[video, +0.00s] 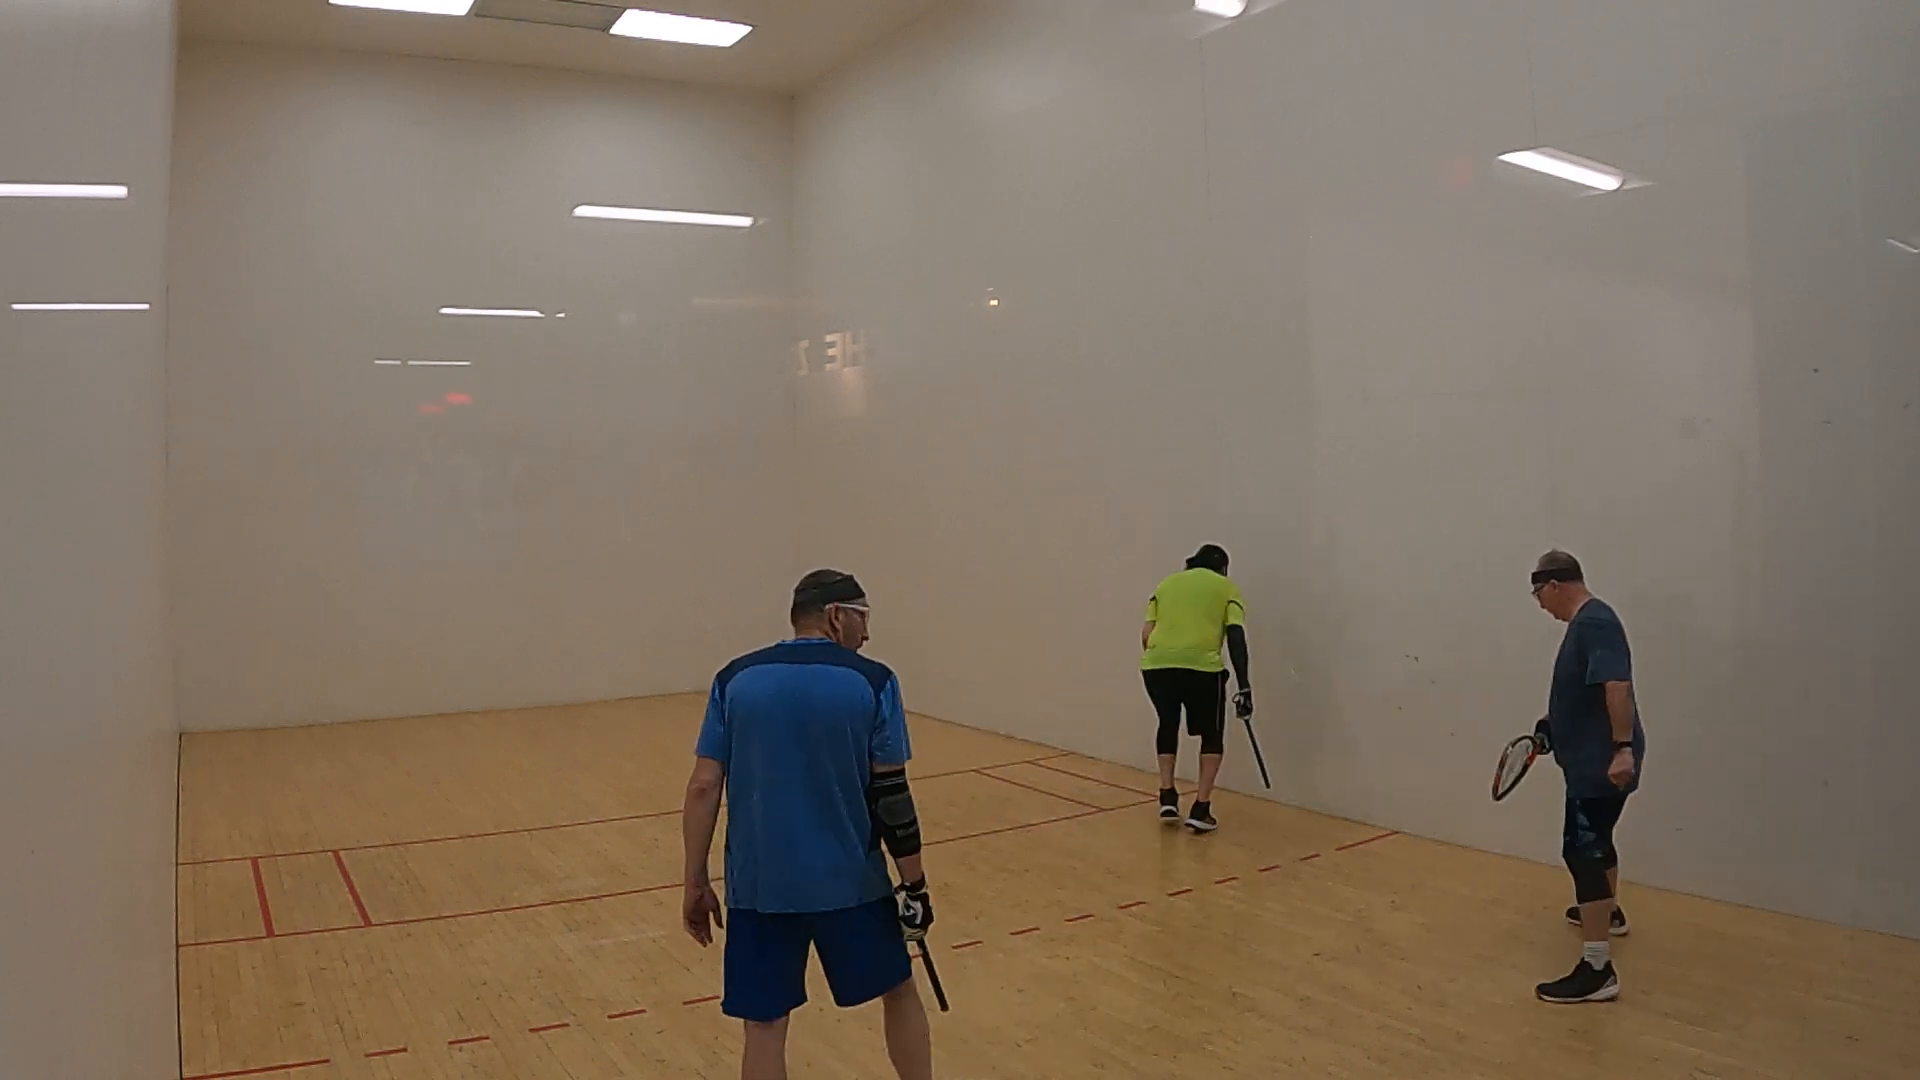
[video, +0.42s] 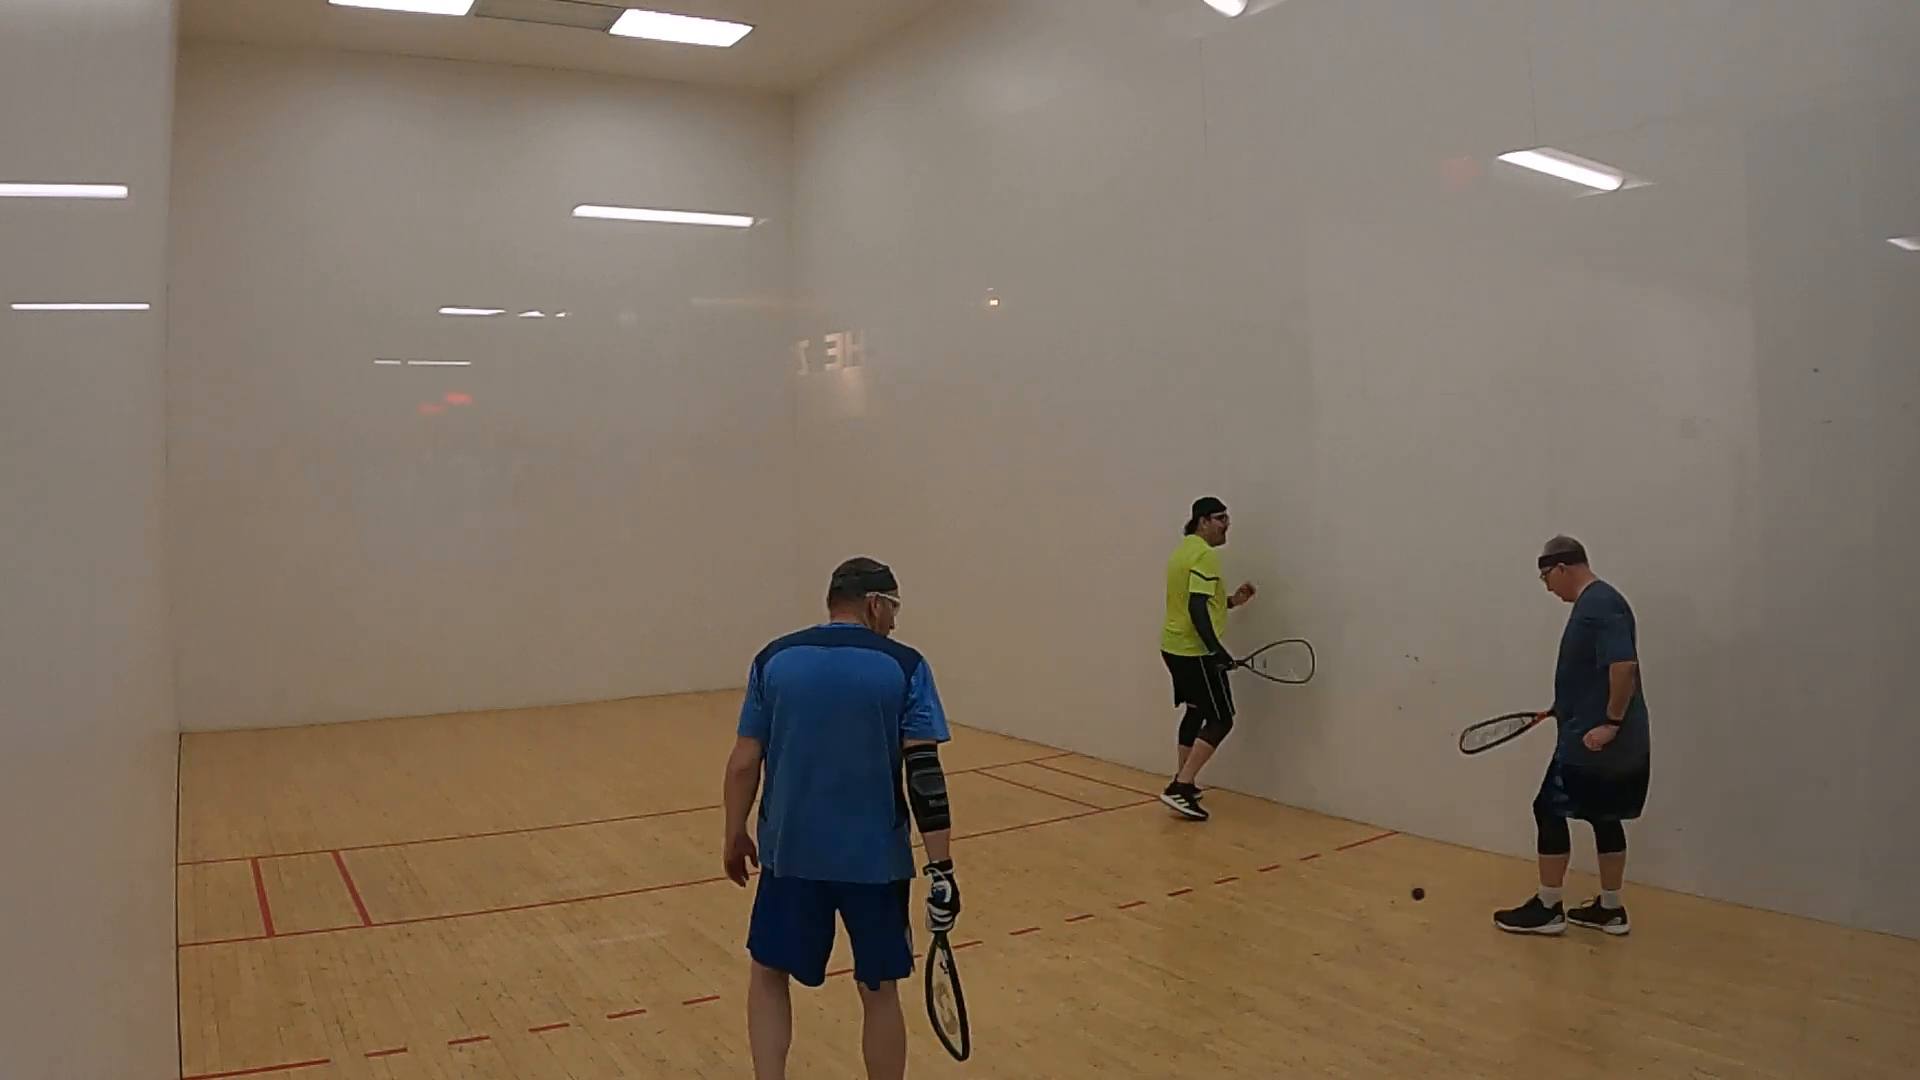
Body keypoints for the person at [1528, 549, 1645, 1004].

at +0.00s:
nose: (1539, 604)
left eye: (1539, 594)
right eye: (1537, 595)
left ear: (1553, 587)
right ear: (1568, 583)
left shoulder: (1597, 622)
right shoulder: (1586, 623)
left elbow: (1617, 685)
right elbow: (1585, 692)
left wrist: (1623, 746)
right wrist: (1554, 728)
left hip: (1598, 765)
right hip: (1594, 760)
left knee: (1580, 852)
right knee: (1594, 837)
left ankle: (1596, 967)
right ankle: (1607, 908)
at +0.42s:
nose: (1549, 588)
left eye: (1547, 579)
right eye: (1546, 581)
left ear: (1563, 569)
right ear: (1569, 568)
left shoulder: (1601, 603)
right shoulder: (1593, 604)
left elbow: (1623, 667)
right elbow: (1594, 673)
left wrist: (1611, 723)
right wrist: (1556, 709)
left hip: (1588, 738)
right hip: (1607, 738)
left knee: (1548, 808)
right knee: (1604, 814)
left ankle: (1547, 905)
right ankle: (1610, 906)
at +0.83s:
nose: (1539, 570)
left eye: (1539, 563)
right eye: (1539, 563)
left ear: (1548, 564)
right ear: (1576, 561)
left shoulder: (1551, 608)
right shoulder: (1609, 604)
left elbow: (1547, 677)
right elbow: (1626, 659)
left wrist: (1535, 730)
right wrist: (1596, 695)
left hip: (1562, 737)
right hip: (1607, 736)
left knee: (1530, 797)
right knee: (1598, 812)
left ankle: (1523, 881)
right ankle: (1608, 903)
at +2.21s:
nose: (1541, 559)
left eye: (1549, 554)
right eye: (1541, 553)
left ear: (1574, 557)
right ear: (1557, 557)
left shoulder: (1603, 601)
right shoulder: (1560, 597)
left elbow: (1619, 663)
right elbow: (1556, 666)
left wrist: (1615, 719)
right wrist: (1547, 724)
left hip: (1589, 729)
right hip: (1560, 726)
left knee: (1589, 808)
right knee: (1566, 800)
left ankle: (1599, 891)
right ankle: (1572, 870)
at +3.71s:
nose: (1615, 586)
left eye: (1624, 578)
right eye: (1606, 578)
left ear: (1634, 580)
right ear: (1589, 579)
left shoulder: (1652, 630)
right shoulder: (1556, 628)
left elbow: (1662, 698)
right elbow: (1531, 698)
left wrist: (1660, 756)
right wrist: (1519, 759)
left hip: (1628, 778)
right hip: (1567, 774)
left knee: (1618, 875)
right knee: (1549, 864)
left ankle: (1598, 966)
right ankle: (1553, 920)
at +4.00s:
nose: (1636, 586)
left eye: (1645, 578)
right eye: (1627, 577)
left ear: (1656, 581)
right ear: (1608, 578)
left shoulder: (1674, 632)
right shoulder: (1574, 630)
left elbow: (1702, 698)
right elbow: (1547, 701)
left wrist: (1720, 757)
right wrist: (1533, 766)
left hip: (1649, 786)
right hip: (1588, 782)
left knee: (1626, 881)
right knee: (1583, 881)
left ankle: (1600, 969)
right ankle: (1575, 970)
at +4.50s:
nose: (1674, 606)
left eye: (1682, 596)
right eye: (1662, 596)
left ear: (1691, 594)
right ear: (1639, 591)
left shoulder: (1703, 642)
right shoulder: (1601, 645)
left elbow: (1716, 722)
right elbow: (1570, 725)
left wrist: (1719, 785)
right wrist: (1561, 797)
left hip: (1685, 811)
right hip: (1617, 813)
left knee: (1697, 909)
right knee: (1616, 921)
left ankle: (1659, 974)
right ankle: (1615, 1015)